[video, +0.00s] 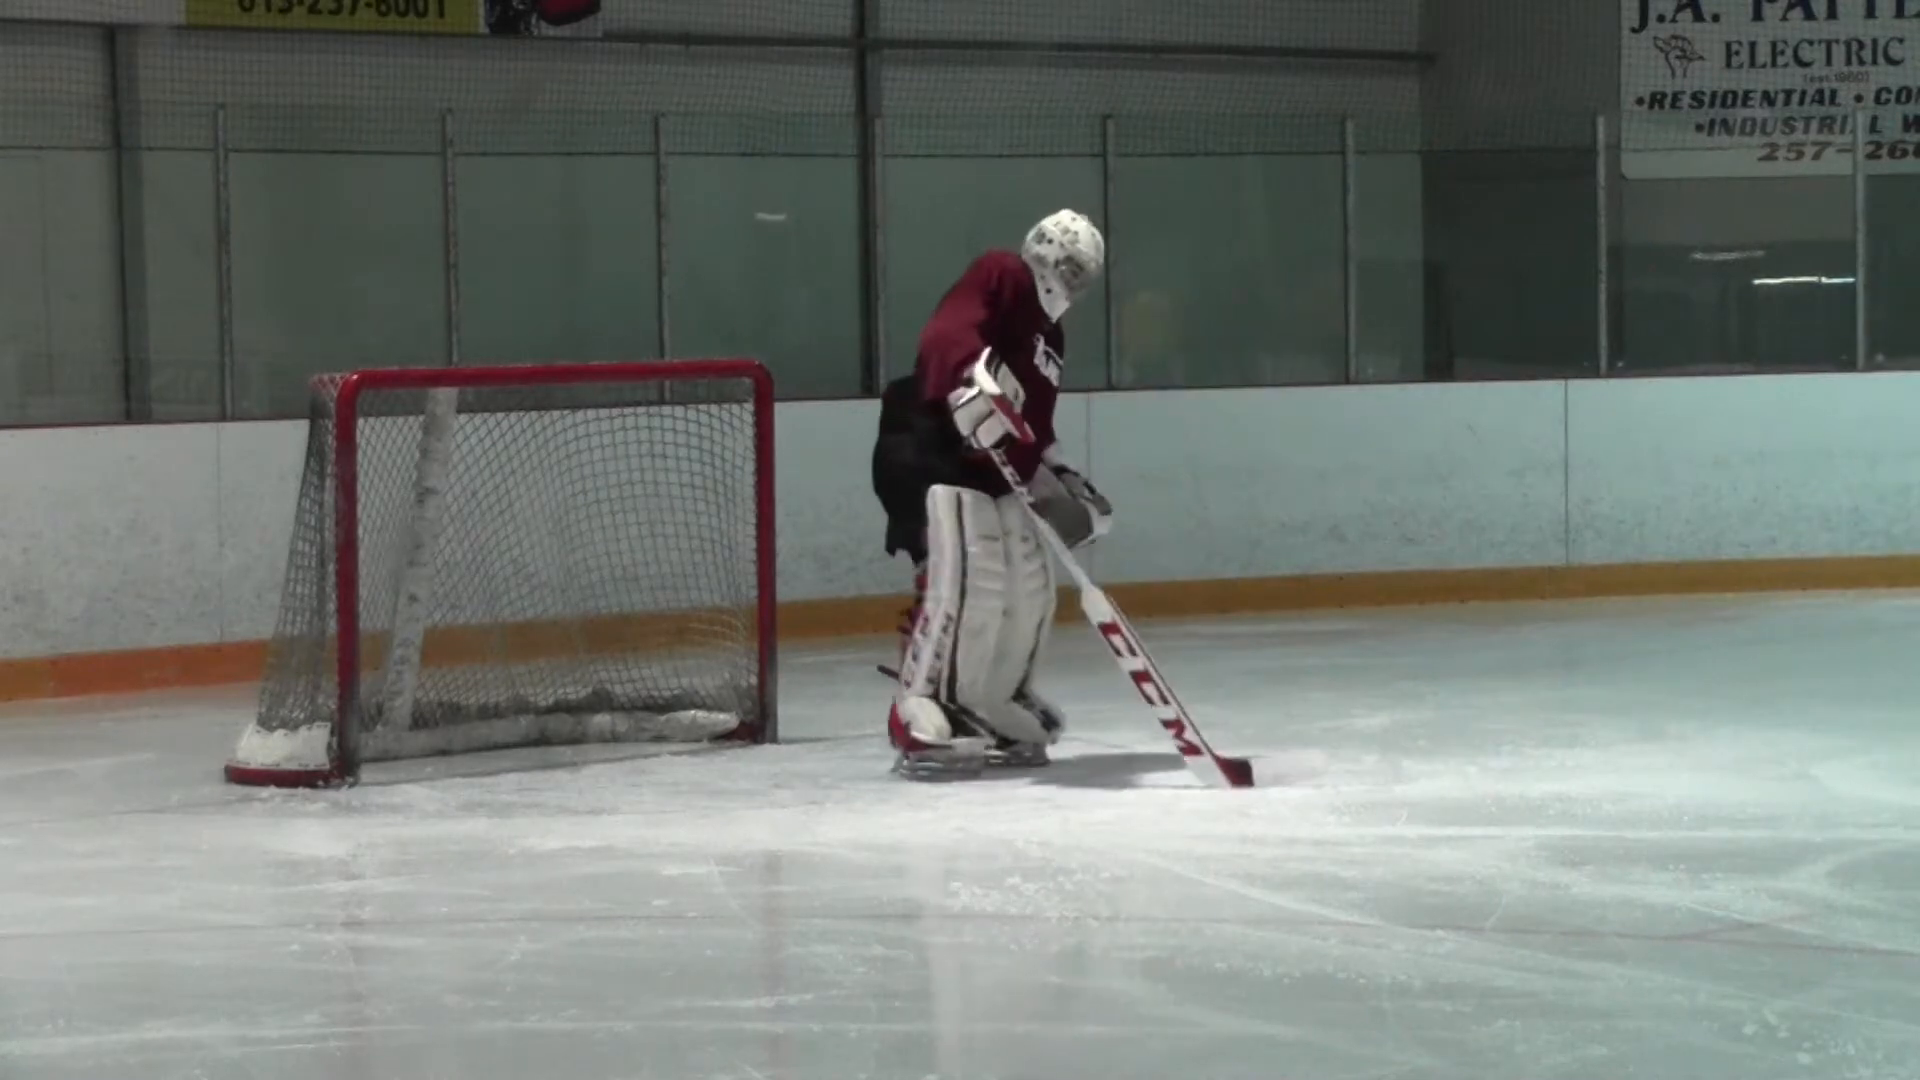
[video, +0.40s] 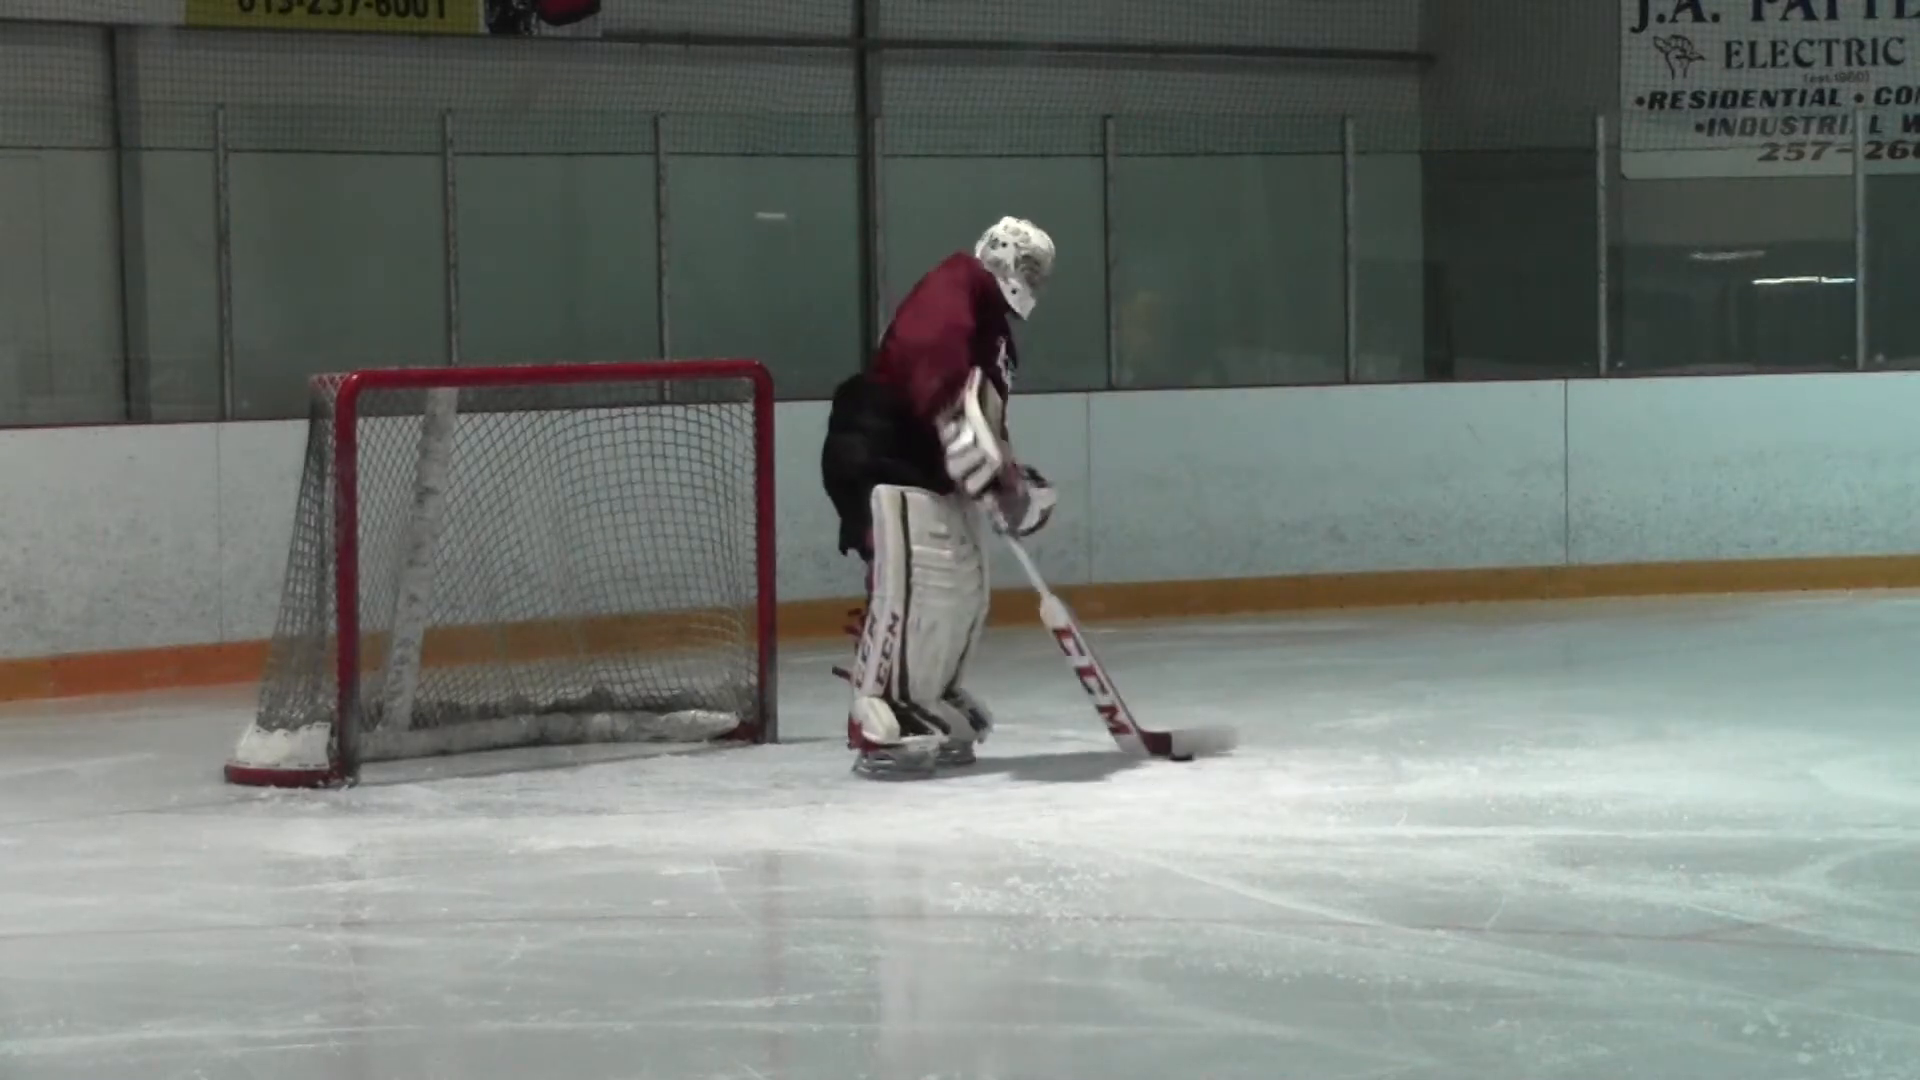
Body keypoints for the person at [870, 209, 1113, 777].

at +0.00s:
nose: (1065, 289)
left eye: (1077, 281)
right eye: (1062, 272)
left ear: (1082, 278)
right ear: (1041, 255)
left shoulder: (1050, 335)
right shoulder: (1000, 273)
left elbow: (1032, 425)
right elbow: (947, 335)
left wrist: (1054, 475)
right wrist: (973, 395)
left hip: (1012, 483)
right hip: (962, 475)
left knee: (1030, 595)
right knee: (974, 594)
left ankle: (995, 701)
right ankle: (942, 709)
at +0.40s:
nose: (1032, 290)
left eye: (1037, 279)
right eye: (1029, 275)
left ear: (1014, 270)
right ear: (1005, 262)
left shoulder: (989, 325)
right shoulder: (958, 282)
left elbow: (984, 421)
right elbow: (933, 366)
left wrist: (1013, 483)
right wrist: (969, 448)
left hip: (935, 468)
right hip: (893, 460)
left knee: (963, 585)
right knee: (928, 585)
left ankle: (932, 697)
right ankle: (891, 711)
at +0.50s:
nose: (1031, 289)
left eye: (1035, 280)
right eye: (1026, 277)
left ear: (1000, 269)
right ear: (1005, 271)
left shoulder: (984, 318)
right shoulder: (964, 301)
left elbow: (978, 415)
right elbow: (941, 386)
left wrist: (995, 496)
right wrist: (957, 478)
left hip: (913, 466)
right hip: (877, 460)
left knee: (947, 586)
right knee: (909, 586)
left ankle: (917, 700)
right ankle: (877, 713)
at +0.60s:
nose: (1031, 309)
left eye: (1035, 299)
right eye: (1026, 295)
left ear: (988, 284)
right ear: (1006, 290)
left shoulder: (977, 331)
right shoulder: (970, 324)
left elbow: (963, 430)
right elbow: (940, 413)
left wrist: (974, 506)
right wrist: (946, 500)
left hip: (889, 464)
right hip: (863, 461)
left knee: (925, 584)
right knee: (897, 585)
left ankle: (910, 701)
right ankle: (871, 711)